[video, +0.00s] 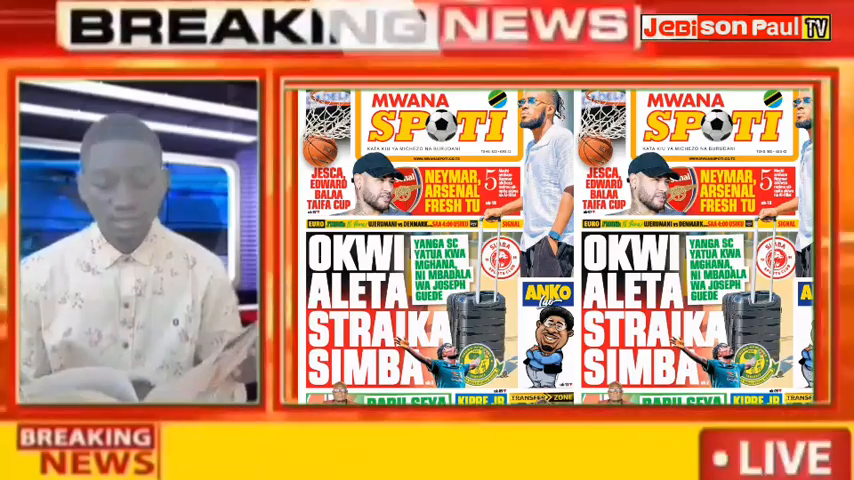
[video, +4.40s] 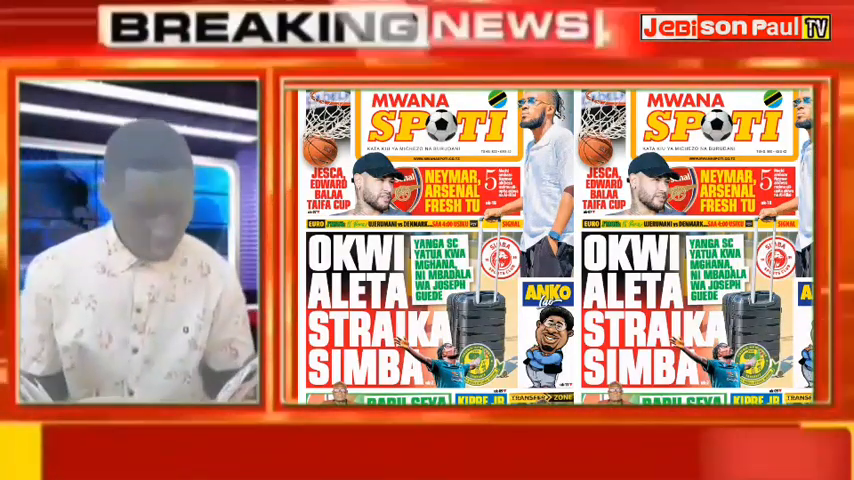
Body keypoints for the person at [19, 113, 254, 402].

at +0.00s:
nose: (124, 201)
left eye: (141, 182)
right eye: (104, 184)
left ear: (164, 181)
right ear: (81, 187)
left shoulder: (205, 273)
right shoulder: (36, 277)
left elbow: (229, 391)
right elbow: (25, 394)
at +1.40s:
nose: (132, 212)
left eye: (147, 192)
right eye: (114, 194)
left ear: (176, 191)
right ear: (91, 193)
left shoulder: (217, 277)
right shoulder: (50, 283)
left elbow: (255, 388)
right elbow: (43, 403)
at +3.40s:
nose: (131, 224)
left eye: (147, 206)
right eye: (114, 206)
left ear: (175, 192)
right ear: (92, 194)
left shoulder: (215, 275)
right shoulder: (56, 280)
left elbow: (246, 379)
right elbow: (44, 400)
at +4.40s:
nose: (163, 227)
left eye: (176, 208)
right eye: (145, 211)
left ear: (193, 194)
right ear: (108, 196)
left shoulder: (216, 275)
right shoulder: (54, 272)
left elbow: (233, 383)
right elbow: (40, 389)